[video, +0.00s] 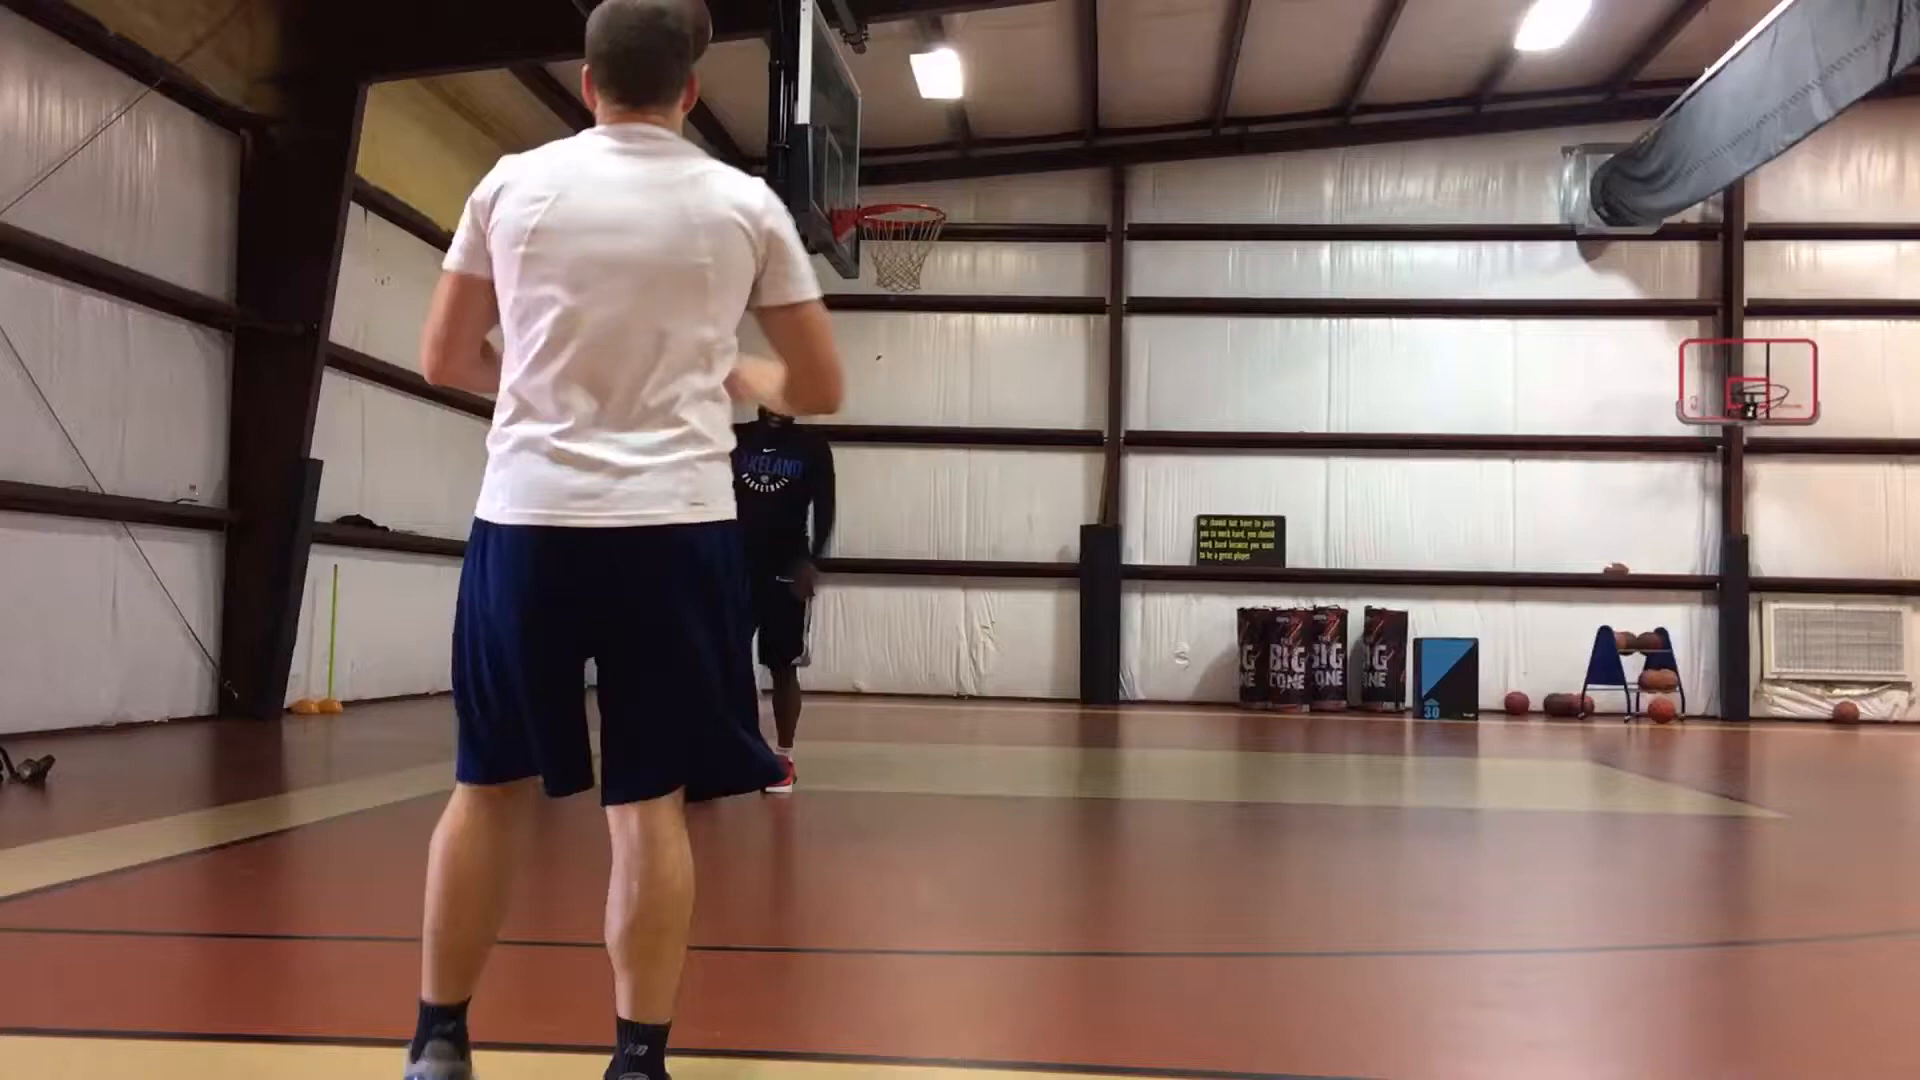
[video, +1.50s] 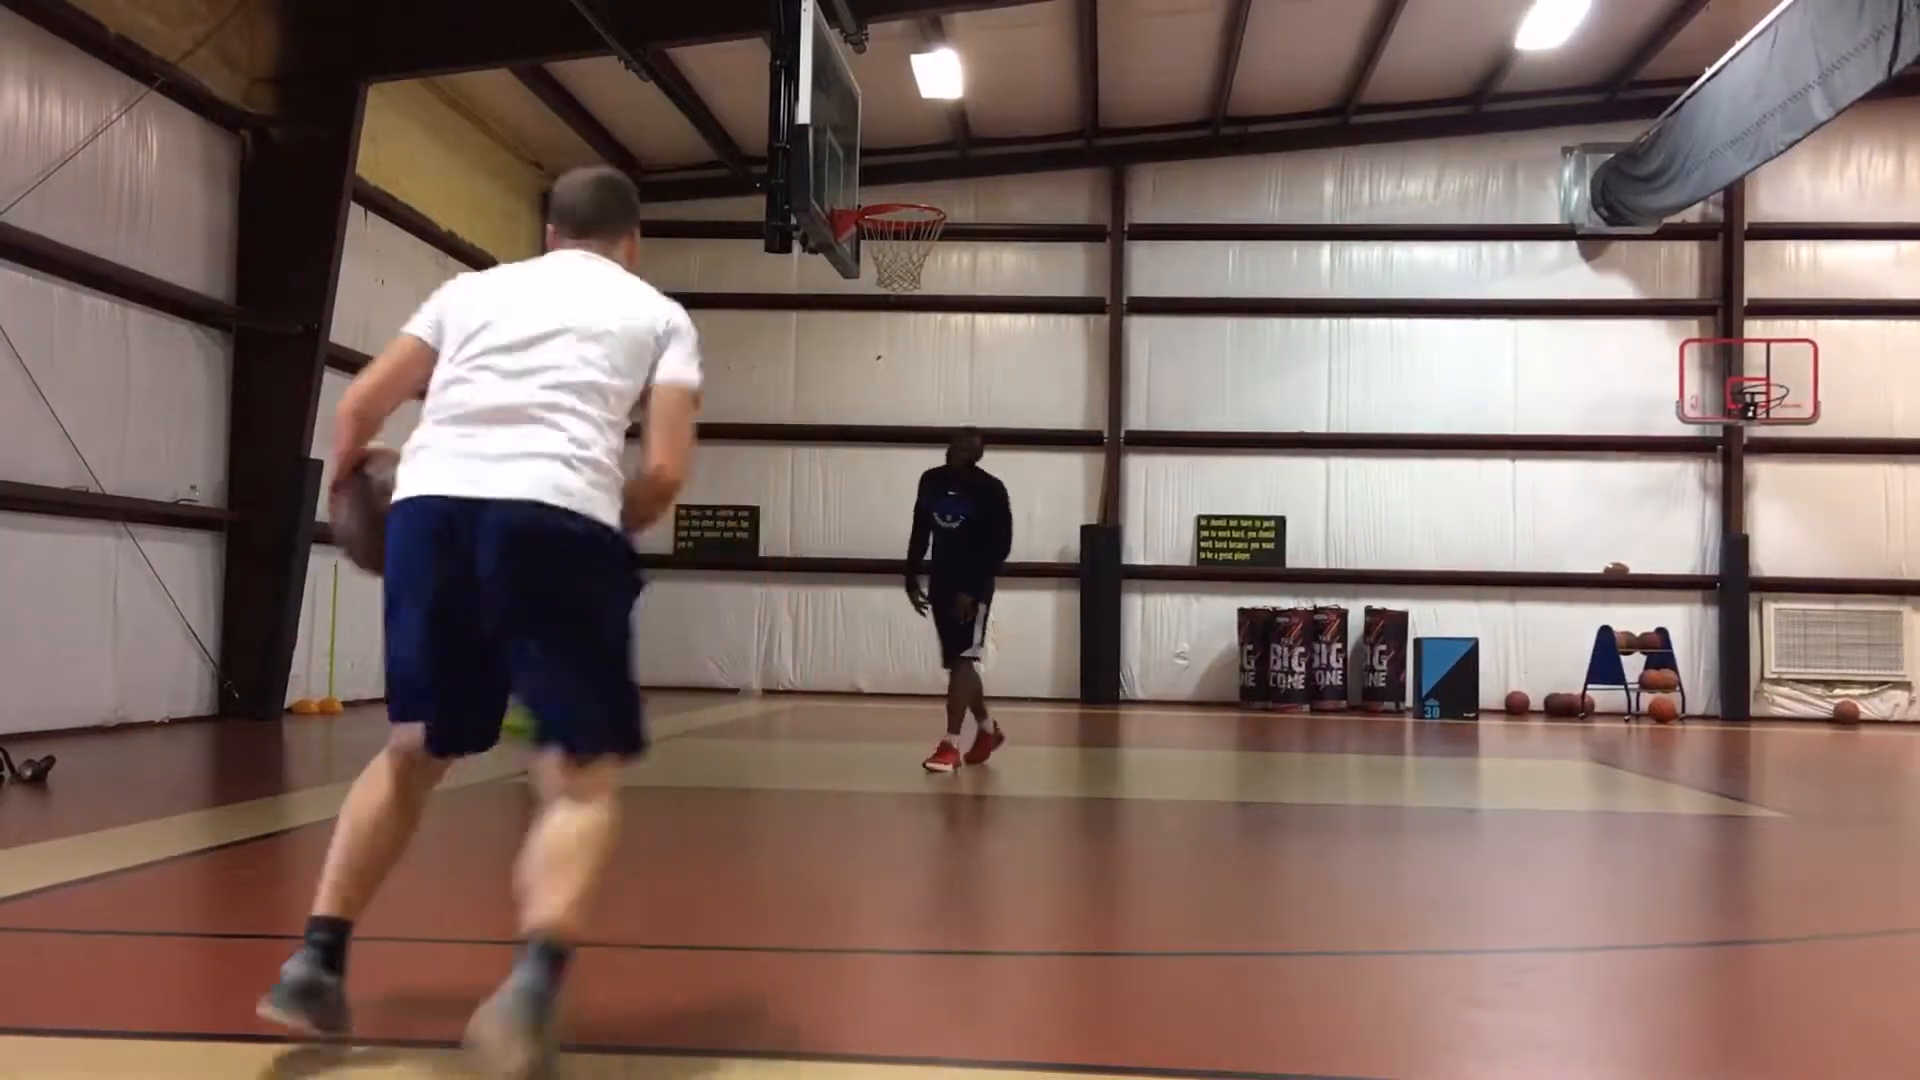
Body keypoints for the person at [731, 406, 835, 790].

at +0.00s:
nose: (781, 396)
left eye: (790, 388)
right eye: (775, 387)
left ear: (799, 396)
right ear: (761, 391)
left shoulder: (812, 445)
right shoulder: (734, 438)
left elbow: (824, 510)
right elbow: (714, 496)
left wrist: (812, 559)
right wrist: (714, 551)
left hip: (784, 568)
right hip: (734, 564)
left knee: (782, 665)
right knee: (733, 664)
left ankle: (784, 755)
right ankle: (743, 752)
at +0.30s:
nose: (801, 413)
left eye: (810, 409)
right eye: (800, 405)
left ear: (826, 417)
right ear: (793, 407)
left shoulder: (844, 460)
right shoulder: (775, 448)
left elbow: (870, 517)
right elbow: (754, 504)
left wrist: (889, 571)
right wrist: (728, 523)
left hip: (810, 572)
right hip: (770, 568)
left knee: (786, 666)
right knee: (761, 669)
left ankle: (785, 756)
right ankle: (805, 729)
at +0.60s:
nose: (831, 421)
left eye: (839, 414)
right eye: (827, 414)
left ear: (854, 419)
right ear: (819, 418)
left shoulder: (877, 460)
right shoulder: (810, 456)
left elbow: (888, 526)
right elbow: (787, 514)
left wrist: (884, 582)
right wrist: (764, 564)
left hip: (860, 573)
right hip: (819, 570)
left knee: (841, 656)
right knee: (827, 658)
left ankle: (837, 744)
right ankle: (838, 746)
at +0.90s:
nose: (874, 432)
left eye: (881, 426)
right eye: (870, 426)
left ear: (896, 430)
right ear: (864, 431)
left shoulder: (915, 466)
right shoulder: (855, 470)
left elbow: (918, 521)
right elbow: (851, 524)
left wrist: (876, 541)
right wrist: (845, 574)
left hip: (899, 584)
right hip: (857, 583)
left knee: (909, 663)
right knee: (846, 664)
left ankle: (942, 733)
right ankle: (841, 748)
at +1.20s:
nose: (933, 439)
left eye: (941, 434)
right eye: (929, 431)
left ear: (954, 438)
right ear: (922, 432)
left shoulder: (963, 478)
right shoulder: (911, 465)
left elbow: (958, 538)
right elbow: (901, 523)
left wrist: (928, 580)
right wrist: (887, 571)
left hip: (941, 583)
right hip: (902, 578)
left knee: (945, 661)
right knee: (886, 653)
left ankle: (948, 744)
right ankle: (907, 736)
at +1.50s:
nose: (957, 447)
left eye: (965, 443)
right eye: (955, 441)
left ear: (978, 451)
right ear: (949, 446)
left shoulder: (991, 489)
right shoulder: (931, 480)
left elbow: (999, 547)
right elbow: (920, 530)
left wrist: (974, 591)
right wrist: (911, 575)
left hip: (975, 583)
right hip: (941, 579)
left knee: (962, 661)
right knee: (957, 662)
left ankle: (951, 744)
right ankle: (987, 729)